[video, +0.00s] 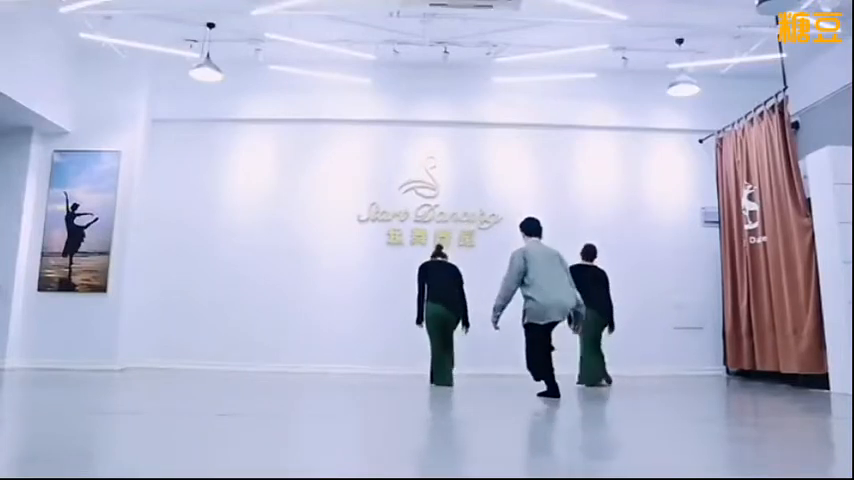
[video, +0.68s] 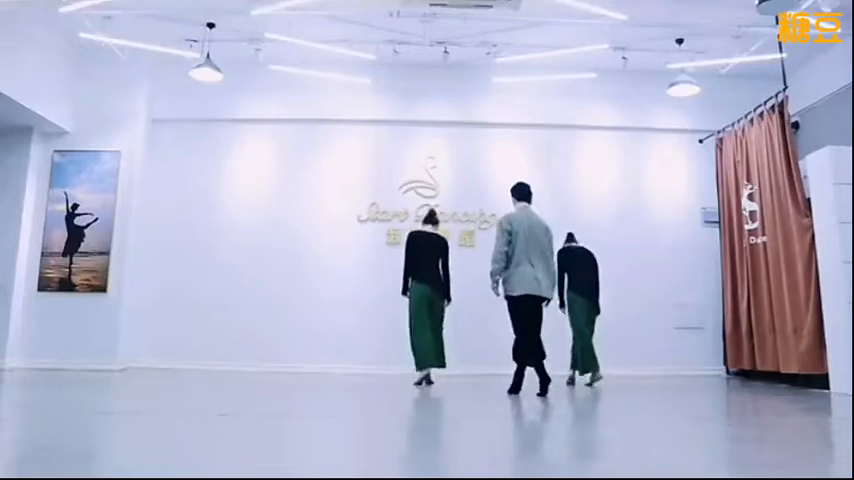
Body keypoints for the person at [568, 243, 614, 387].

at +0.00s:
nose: (587, 257)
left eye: (585, 253)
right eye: (592, 254)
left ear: (581, 254)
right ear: (596, 256)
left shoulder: (573, 270)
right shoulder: (600, 273)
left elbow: (568, 293)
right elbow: (607, 299)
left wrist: (569, 314)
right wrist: (610, 320)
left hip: (582, 313)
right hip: (599, 315)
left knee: (586, 345)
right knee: (595, 344)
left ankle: (585, 376)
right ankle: (599, 374)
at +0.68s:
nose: (566, 246)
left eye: (565, 243)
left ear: (565, 242)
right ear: (576, 241)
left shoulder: (563, 252)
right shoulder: (589, 253)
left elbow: (561, 277)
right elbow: (595, 281)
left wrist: (561, 299)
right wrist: (596, 303)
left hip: (574, 294)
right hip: (591, 296)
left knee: (581, 332)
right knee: (582, 333)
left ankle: (594, 369)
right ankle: (573, 370)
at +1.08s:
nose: (557, 231)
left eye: (558, 229)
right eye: (559, 229)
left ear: (559, 229)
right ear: (572, 230)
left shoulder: (555, 248)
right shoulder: (579, 249)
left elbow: (550, 273)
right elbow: (584, 276)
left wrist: (549, 294)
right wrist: (586, 298)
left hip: (561, 292)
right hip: (577, 293)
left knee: (564, 330)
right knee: (577, 330)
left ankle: (567, 369)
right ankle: (578, 366)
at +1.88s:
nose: (546, 230)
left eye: (545, 227)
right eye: (550, 227)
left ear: (542, 228)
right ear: (556, 229)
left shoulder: (535, 248)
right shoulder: (561, 249)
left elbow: (531, 273)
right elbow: (566, 275)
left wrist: (529, 293)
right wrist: (568, 296)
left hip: (541, 292)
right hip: (558, 293)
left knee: (544, 330)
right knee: (556, 330)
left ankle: (550, 367)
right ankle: (552, 367)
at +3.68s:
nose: (522, 234)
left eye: (522, 232)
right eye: (525, 232)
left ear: (521, 234)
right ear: (536, 234)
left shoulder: (515, 254)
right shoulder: (542, 255)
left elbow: (511, 280)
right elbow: (548, 281)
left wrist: (511, 302)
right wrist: (551, 302)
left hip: (522, 299)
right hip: (540, 299)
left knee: (526, 335)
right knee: (542, 334)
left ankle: (537, 369)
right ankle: (542, 371)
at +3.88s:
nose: (512, 239)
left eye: (512, 236)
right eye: (515, 236)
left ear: (514, 238)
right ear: (527, 239)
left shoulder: (508, 259)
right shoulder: (534, 258)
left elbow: (505, 285)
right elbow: (547, 277)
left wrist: (504, 306)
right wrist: (559, 293)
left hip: (518, 303)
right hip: (535, 303)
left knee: (513, 337)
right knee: (538, 339)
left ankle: (513, 369)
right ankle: (538, 377)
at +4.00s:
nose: (503, 232)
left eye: (503, 230)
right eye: (504, 229)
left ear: (506, 230)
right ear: (518, 230)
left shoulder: (500, 249)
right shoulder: (525, 248)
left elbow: (494, 274)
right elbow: (542, 256)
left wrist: (492, 295)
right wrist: (553, 263)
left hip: (506, 296)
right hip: (524, 297)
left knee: (499, 332)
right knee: (531, 334)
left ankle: (489, 367)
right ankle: (537, 371)